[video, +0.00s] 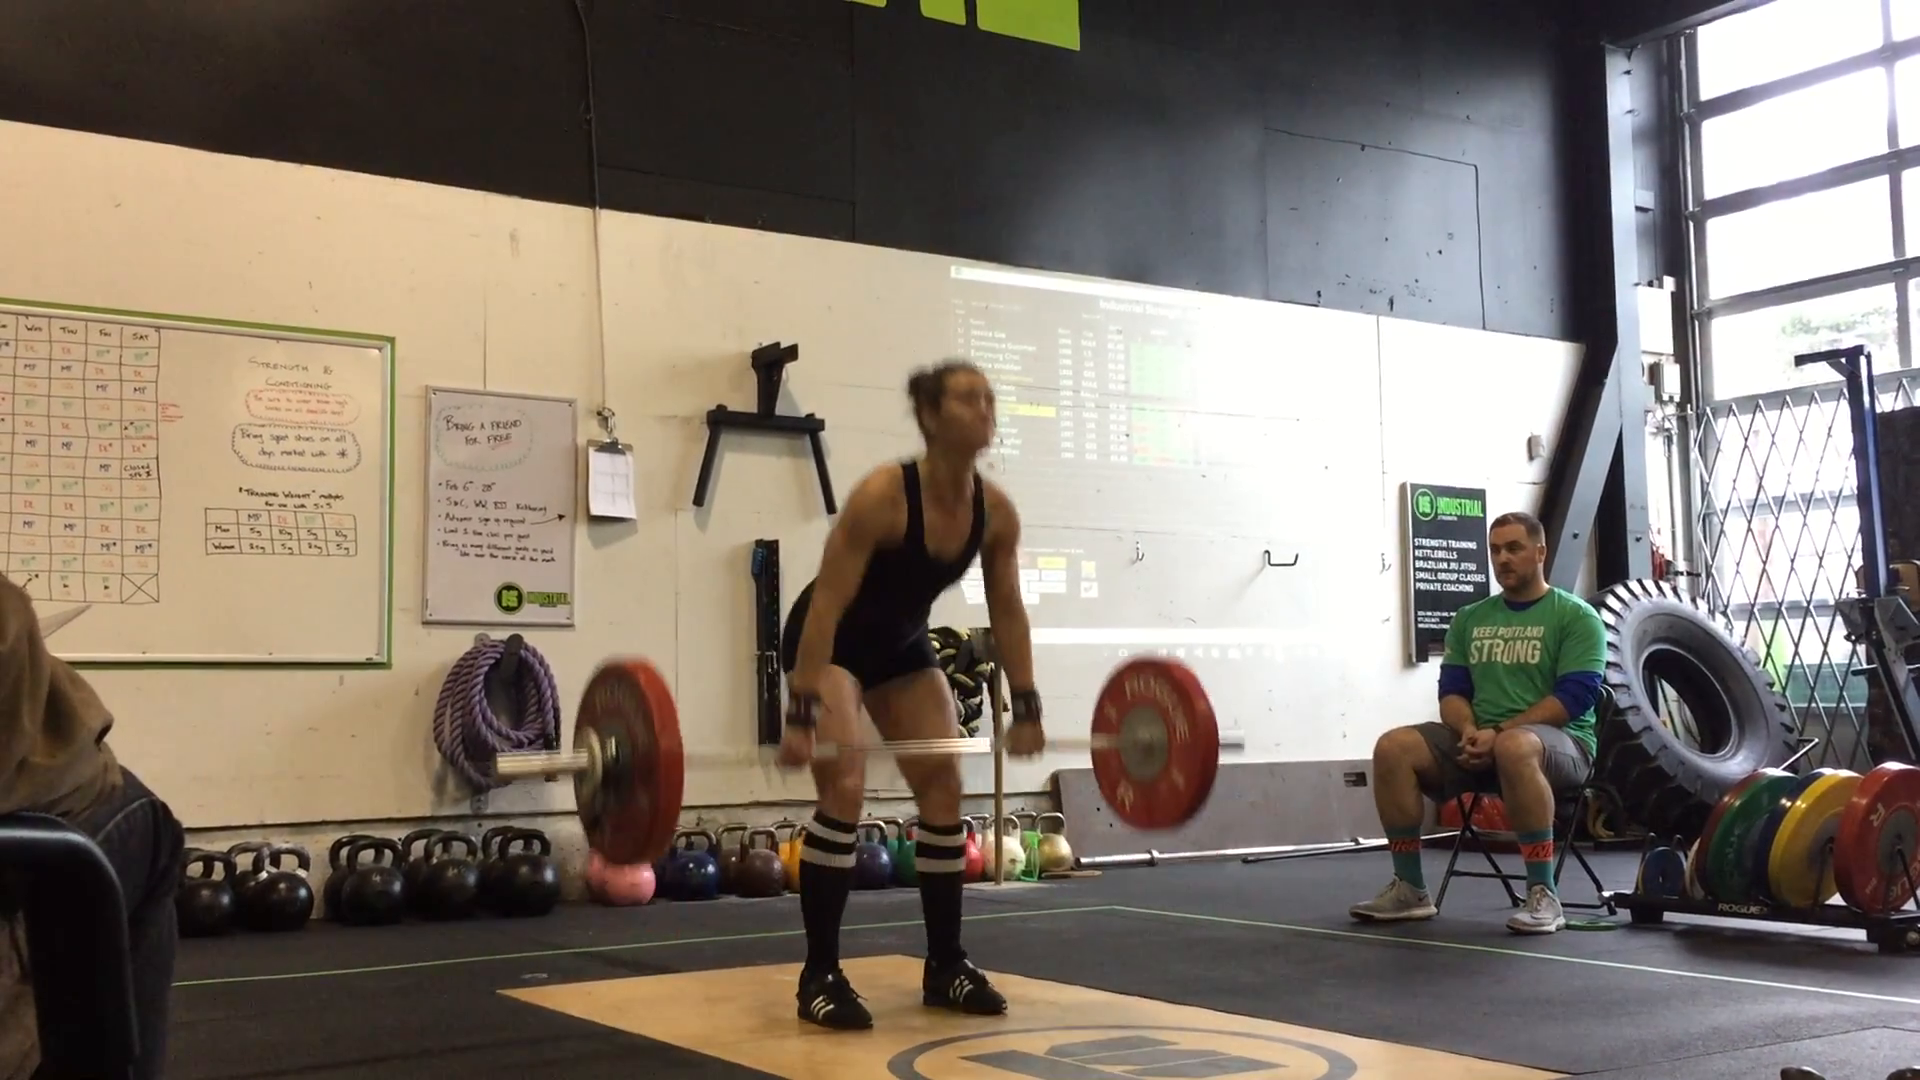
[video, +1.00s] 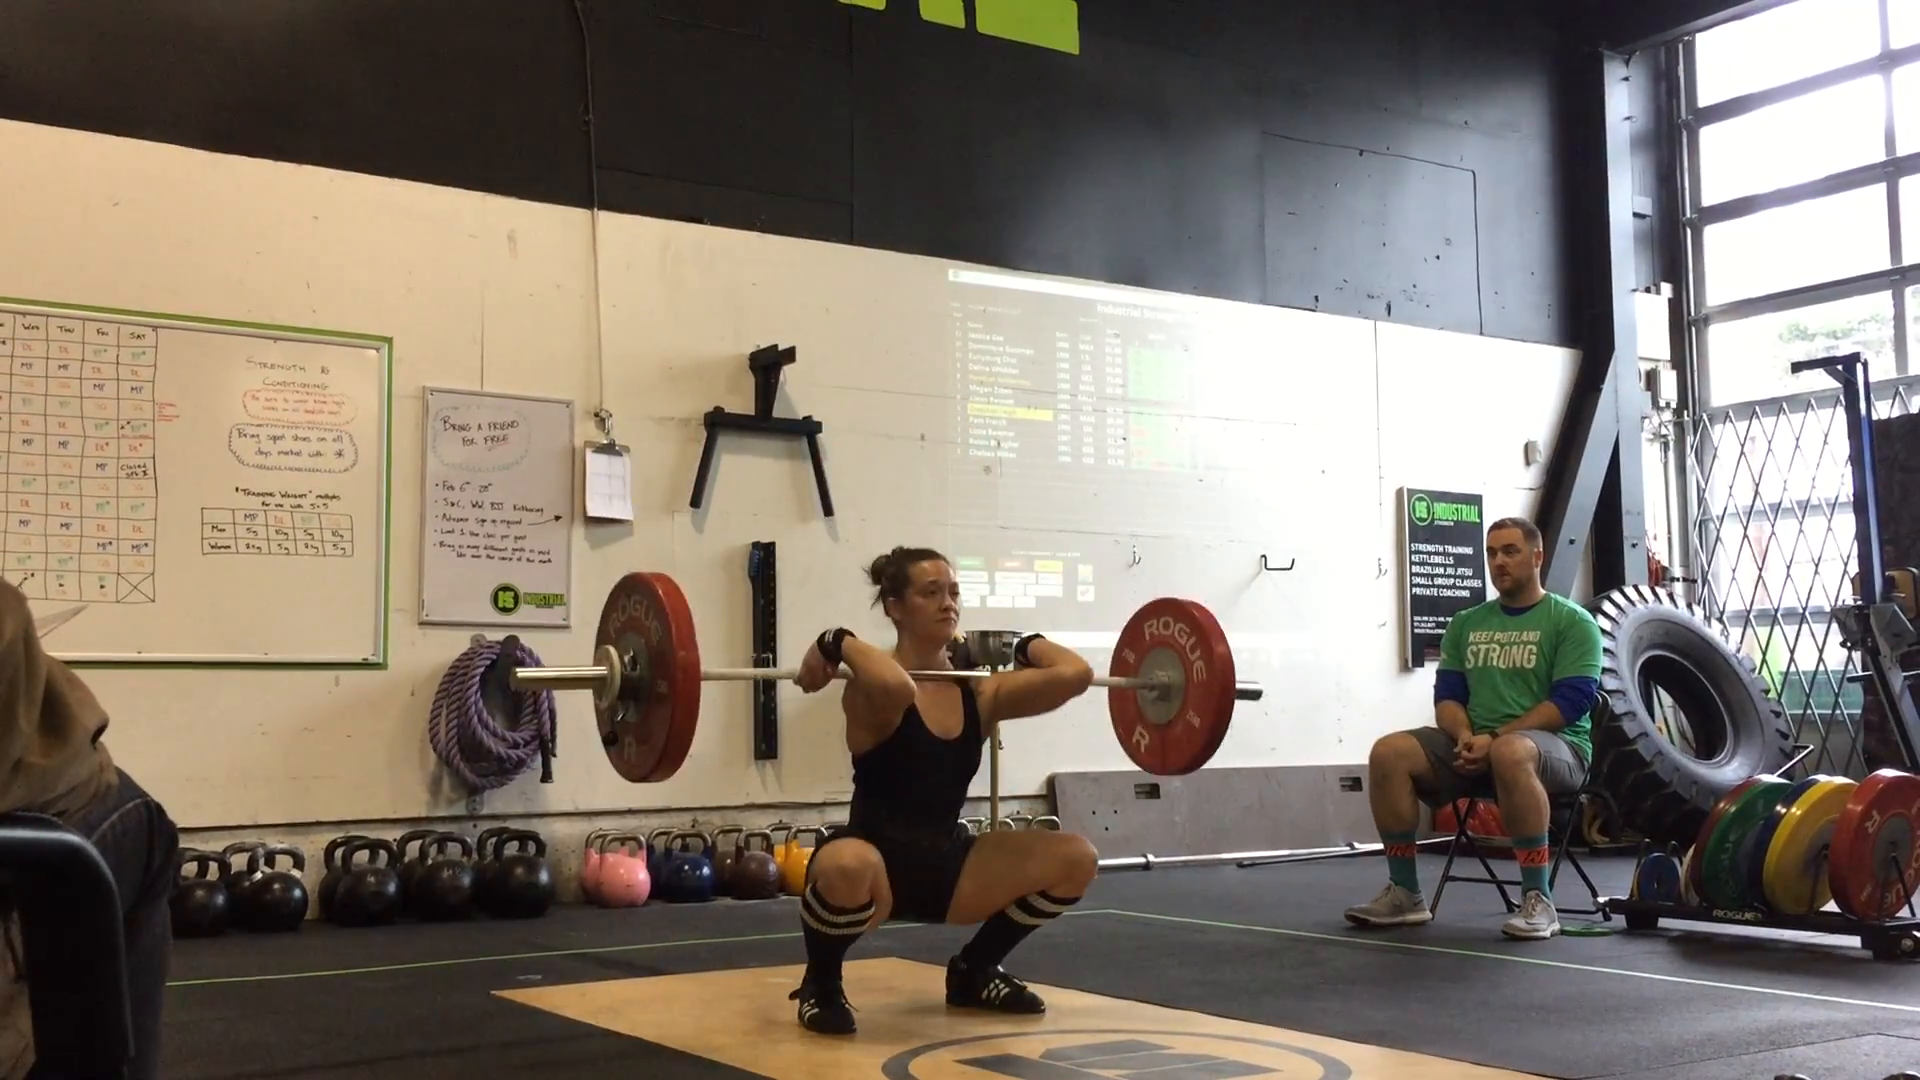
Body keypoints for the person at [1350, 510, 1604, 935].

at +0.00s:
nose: (1502, 558)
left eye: (1513, 548)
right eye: (1495, 550)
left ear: (1541, 552)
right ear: (1489, 556)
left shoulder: (1577, 617)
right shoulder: (1469, 619)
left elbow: (1575, 698)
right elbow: (1452, 692)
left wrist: (1501, 735)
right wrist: (1467, 728)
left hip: (1559, 742)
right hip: (1480, 741)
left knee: (1514, 746)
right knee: (1392, 748)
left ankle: (1542, 896)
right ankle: (1410, 889)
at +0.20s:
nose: (1501, 560)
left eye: (1512, 550)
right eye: (1494, 552)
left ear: (1540, 554)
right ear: (1488, 557)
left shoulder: (1575, 618)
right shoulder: (1468, 621)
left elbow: (1574, 699)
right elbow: (1450, 694)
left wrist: (1499, 736)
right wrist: (1466, 730)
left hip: (1558, 743)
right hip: (1478, 742)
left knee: (1513, 748)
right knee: (1391, 751)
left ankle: (1540, 898)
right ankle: (1408, 891)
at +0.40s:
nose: (1500, 561)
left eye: (1511, 552)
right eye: (1493, 553)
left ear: (1538, 556)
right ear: (1487, 560)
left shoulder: (1574, 621)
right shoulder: (1467, 623)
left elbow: (1572, 701)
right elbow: (1449, 695)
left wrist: (1498, 738)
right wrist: (1465, 733)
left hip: (1556, 745)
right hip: (1476, 745)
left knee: (1511, 750)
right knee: (1389, 753)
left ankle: (1538, 900)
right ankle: (1406, 893)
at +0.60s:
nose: (1499, 562)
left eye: (1510, 552)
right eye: (1492, 554)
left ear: (1538, 557)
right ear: (1487, 561)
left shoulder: (1573, 621)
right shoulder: (1466, 624)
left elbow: (1571, 702)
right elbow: (1448, 698)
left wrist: (1498, 740)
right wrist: (1464, 733)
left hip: (1555, 747)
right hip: (1475, 746)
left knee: (1511, 752)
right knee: (1388, 754)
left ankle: (1537, 901)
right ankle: (1405, 894)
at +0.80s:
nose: (1498, 562)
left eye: (1510, 552)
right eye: (1492, 554)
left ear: (1537, 557)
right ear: (1487, 561)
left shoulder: (1572, 622)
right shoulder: (1465, 625)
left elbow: (1570, 703)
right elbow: (1448, 698)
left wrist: (1497, 740)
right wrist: (1463, 734)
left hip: (1555, 746)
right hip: (1475, 746)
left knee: (1510, 752)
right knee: (1388, 754)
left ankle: (1537, 902)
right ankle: (1405, 894)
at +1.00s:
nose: (1498, 561)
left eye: (1510, 552)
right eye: (1492, 553)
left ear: (1537, 556)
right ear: (1487, 560)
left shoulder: (1572, 621)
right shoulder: (1465, 624)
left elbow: (1571, 702)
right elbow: (1447, 698)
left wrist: (1497, 740)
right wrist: (1463, 733)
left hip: (1555, 746)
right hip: (1475, 746)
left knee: (1511, 752)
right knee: (1388, 754)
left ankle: (1537, 902)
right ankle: (1405, 894)